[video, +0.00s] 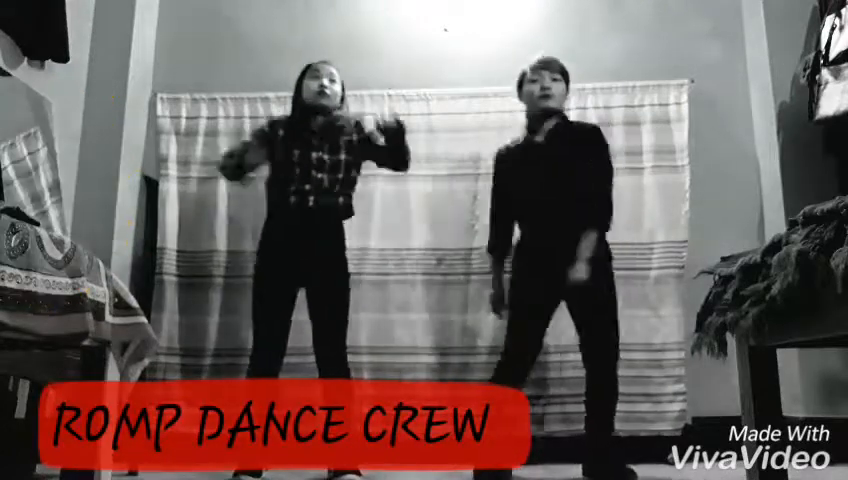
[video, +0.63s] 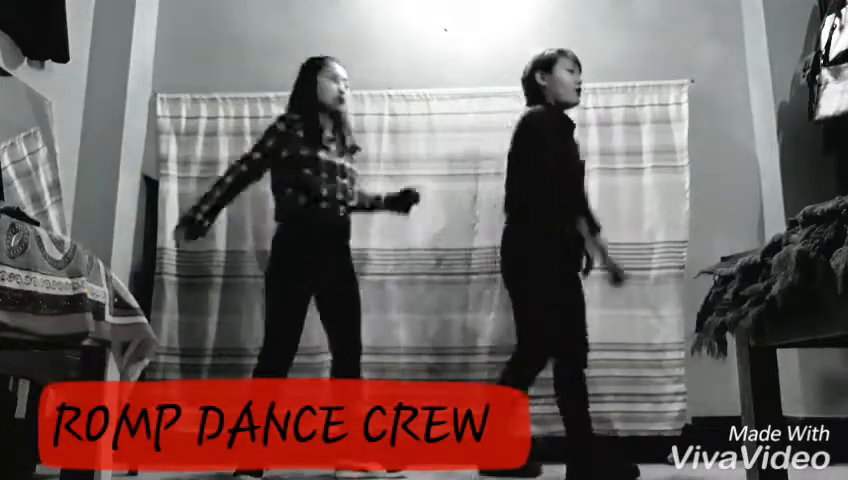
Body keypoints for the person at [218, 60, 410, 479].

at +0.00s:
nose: (324, 83)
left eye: (332, 80)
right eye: (315, 77)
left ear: (342, 95)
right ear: (299, 90)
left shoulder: (351, 132)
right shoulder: (279, 131)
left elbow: (398, 161)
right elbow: (232, 168)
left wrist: (394, 136)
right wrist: (237, 163)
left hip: (327, 249)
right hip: (279, 247)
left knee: (331, 352)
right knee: (266, 351)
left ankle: (344, 457)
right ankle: (250, 455)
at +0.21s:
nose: (334, 88)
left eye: (342, 83)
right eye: (325, 81)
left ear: (352, 96)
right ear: (309, 90)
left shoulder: (356, 140)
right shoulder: (284, 128)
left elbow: (400, 173)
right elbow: (222, 126)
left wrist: (390, 134)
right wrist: (255, 120)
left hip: (339, 249)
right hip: (292, 245)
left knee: (339, 354)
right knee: (274, 351)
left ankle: (345, 458)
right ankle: (250, 455)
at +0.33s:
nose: (321, 90)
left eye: (330, 85)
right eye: (312, 83)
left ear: (342, 95)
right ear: (298, 92)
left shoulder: (354, 142)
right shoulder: (277, 140)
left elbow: (384, 185)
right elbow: (242, 191)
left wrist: (366, 224)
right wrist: (253, 169)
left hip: (336, 256)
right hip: (287, 255)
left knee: (337, 357)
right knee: (271, 354)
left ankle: (345, 458)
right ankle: (250, 456)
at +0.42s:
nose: (314, 89)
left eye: (323, 84)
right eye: (305, 82)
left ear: (334, 95)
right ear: (290, 90)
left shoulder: (345, 147)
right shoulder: (269, 141)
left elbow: (354, 208)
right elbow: (254, 200)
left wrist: (359, 260)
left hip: (333, 262)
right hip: (279, 261)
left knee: (336, 358)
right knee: (269, 356)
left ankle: (343, 456)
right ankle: (250, 455)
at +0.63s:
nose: (345, 86)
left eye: (345, 80)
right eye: (335, 79)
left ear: (343, 89)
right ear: (311, 84)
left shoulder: (342, 139)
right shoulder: (287, 129)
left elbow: (345, 198)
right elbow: (242, 172)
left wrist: (390, 202)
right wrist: (201, 215)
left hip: (334, 254)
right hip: (293, 252)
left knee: (347, 352)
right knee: (279, 352)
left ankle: (347, 445)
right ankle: (248, 447)